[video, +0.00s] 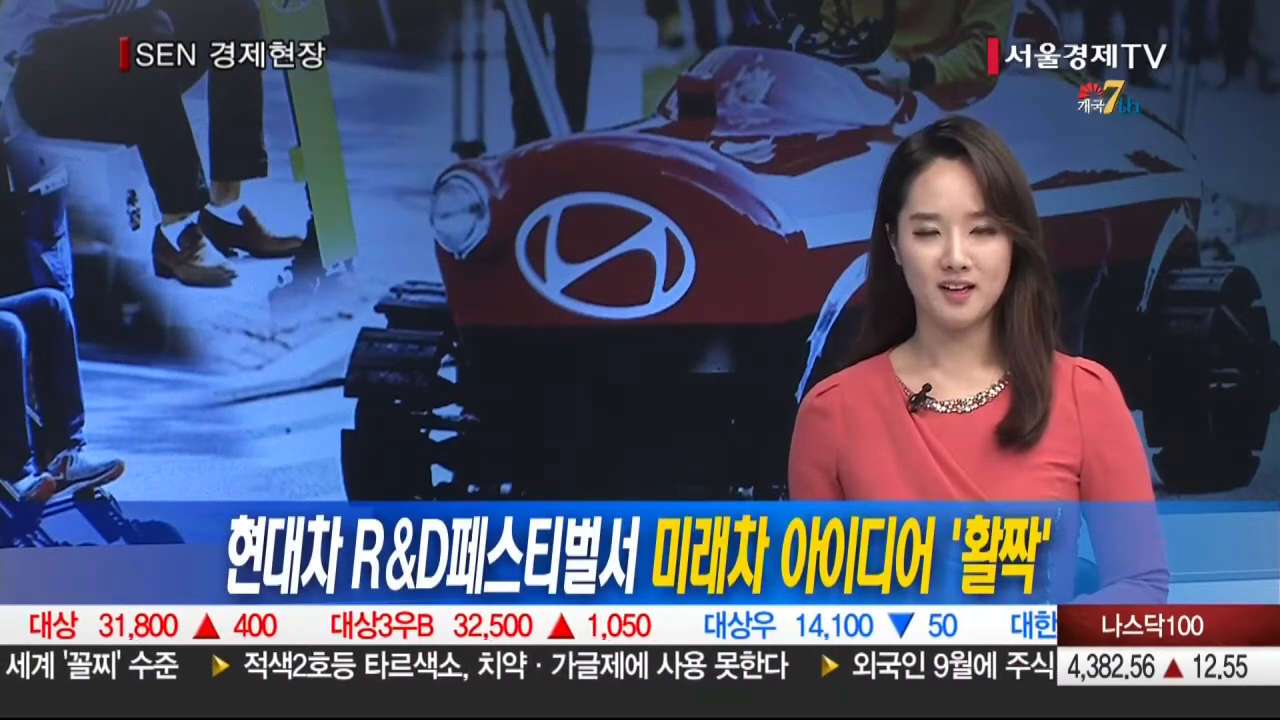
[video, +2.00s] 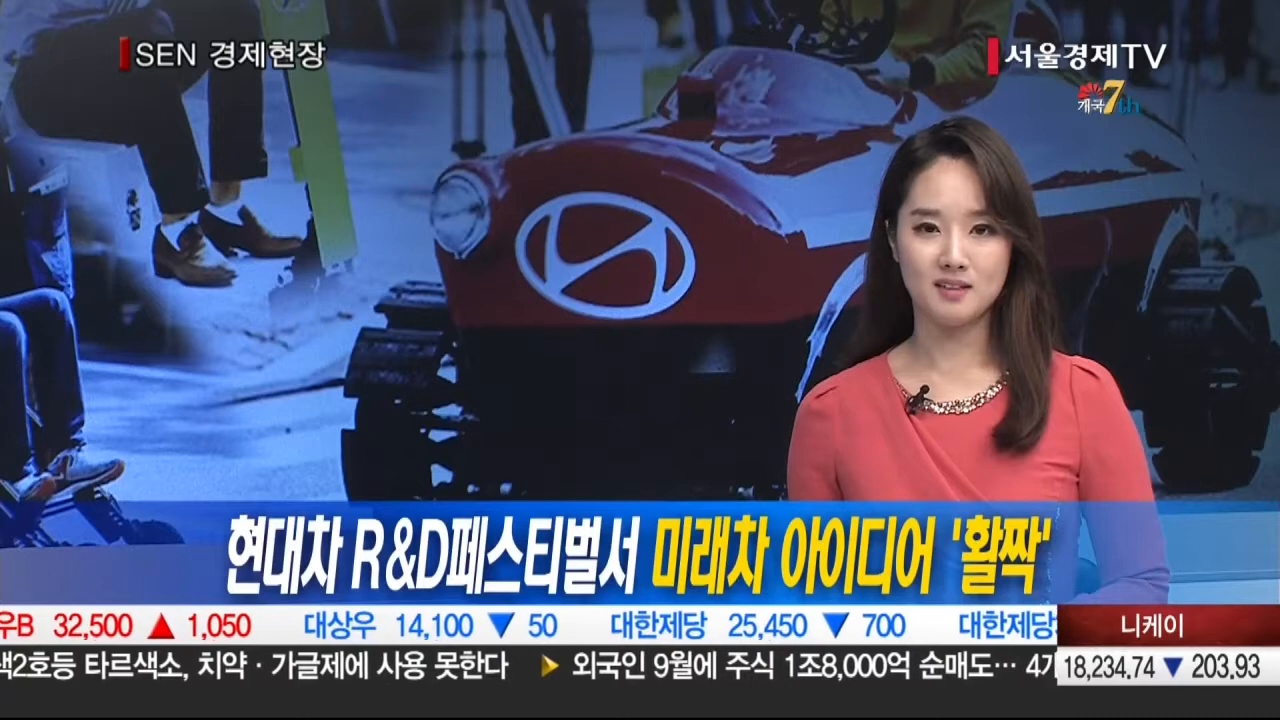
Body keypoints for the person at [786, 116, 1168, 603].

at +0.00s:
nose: (956, 259)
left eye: (982, 230)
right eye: (928, 232)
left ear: (1017, 243)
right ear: (895, 245)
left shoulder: (1085, 397)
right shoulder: (831, 413)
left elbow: (1142, 583)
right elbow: (813, 604)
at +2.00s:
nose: (954, 257)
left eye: (982, 229)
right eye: (927, 228)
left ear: (1016, 246)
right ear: (893, 242)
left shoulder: (1083, 397)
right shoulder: (829, 415)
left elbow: (1143, 582)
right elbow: (811, 603)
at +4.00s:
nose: (952, 255)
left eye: (979, 228)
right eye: (925, 227)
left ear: (1014, 244)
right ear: (892, 243)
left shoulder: (1083, 396)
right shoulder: (829, 415)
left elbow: (1144, 581)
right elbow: (811, 604)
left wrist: (1033, 641)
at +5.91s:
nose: (950, 262)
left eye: (978, 234)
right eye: (922, 234)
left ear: (1012, 247)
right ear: (890, 246)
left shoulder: (1083, 397)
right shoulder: (829, 416)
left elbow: (1142, 582)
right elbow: (812, 603)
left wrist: (1032, 638)